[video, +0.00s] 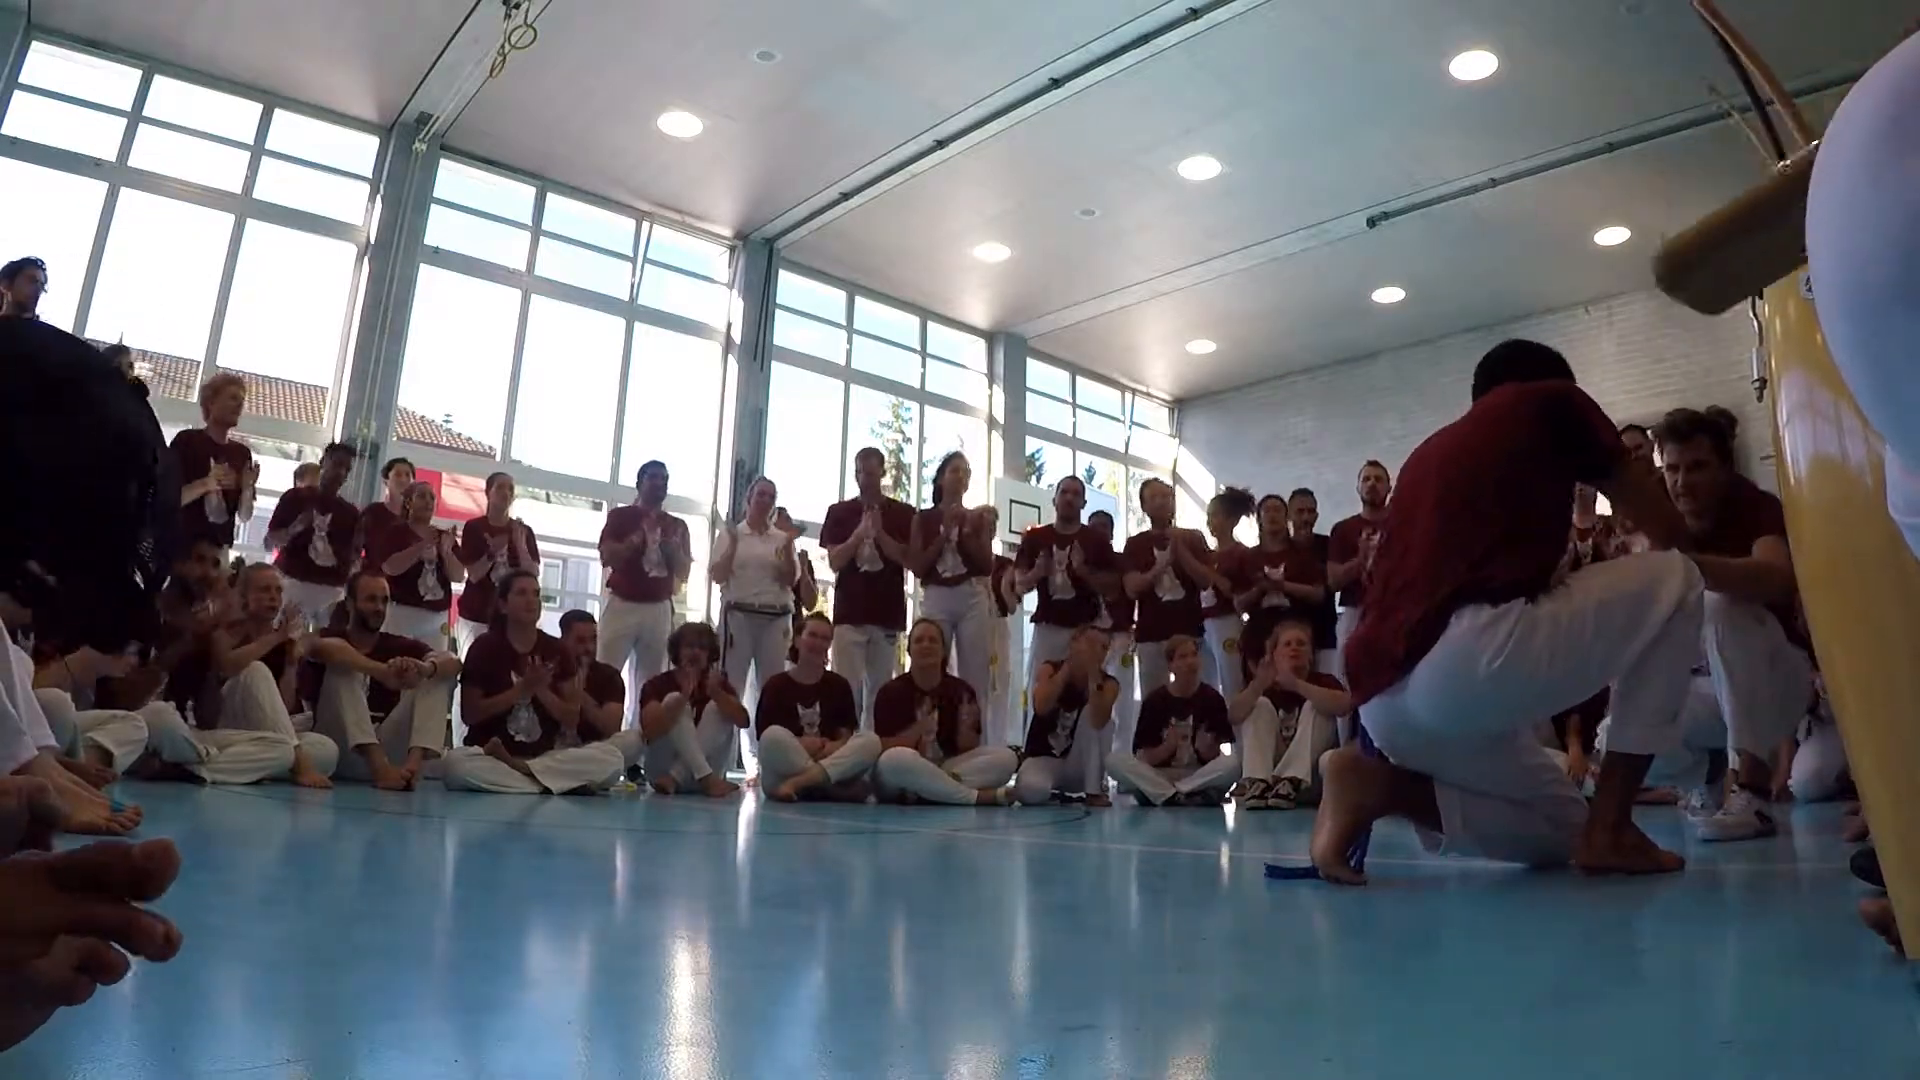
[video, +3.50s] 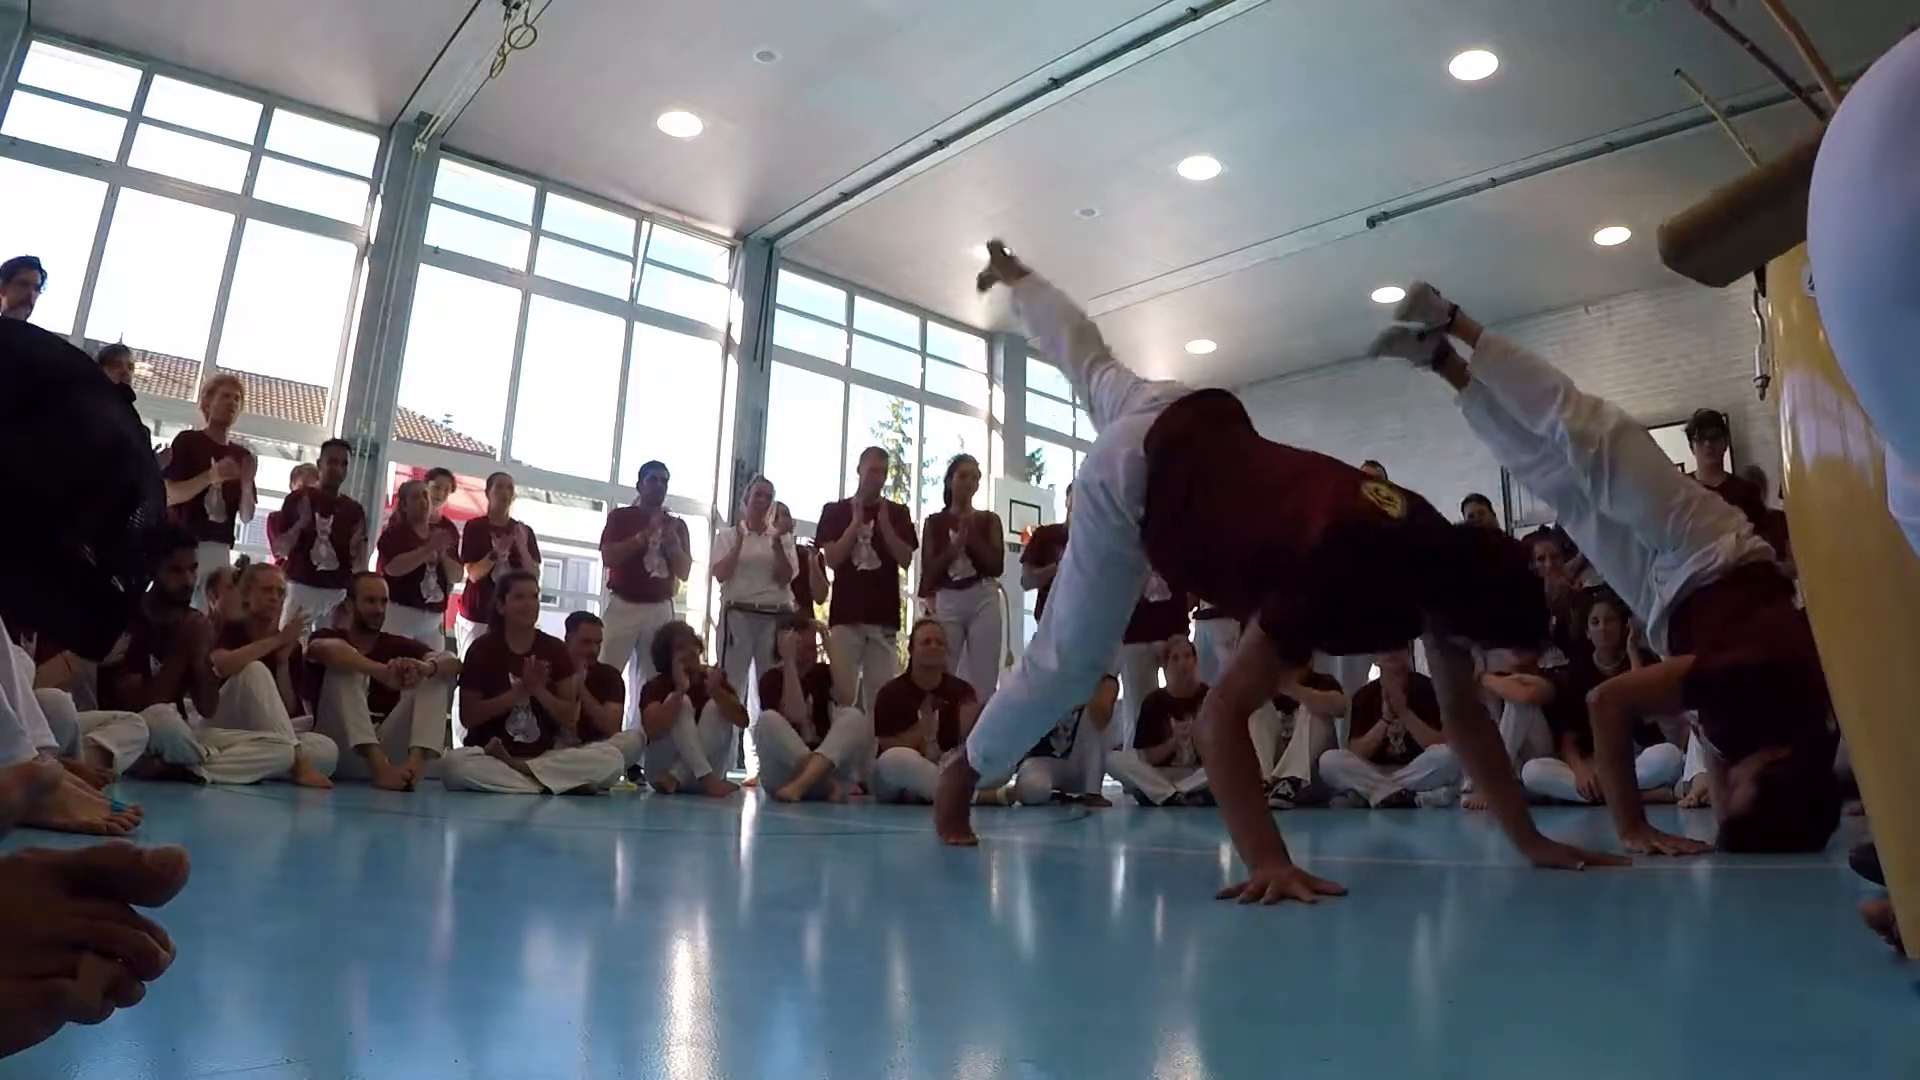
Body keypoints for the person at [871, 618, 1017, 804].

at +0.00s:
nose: (926, 646)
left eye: (933, 641)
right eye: (919, 641)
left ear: (944, 650)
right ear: (909, 650)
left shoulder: (961, 689)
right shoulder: (891, 692)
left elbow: (966, 749)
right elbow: (884, 746)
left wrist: (967, 726)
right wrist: (919, 729)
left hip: (950, 766)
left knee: (1006, 759)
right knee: (894, 760)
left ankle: (928, 792)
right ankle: (975, 798)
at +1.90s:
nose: (933, 647)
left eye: (939, 642)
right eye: (925, 642)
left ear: (946, 650)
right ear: (911, 650)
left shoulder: (961, 691)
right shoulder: (890, 693)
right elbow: (884, 747)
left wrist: (961, 726)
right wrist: (921, 732)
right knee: (892, 757)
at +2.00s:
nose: (933, 647)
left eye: (939, 642)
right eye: (925, 642)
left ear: (945, 650)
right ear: (911, 650)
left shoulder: (962, 691)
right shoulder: (890, 693)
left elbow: (972, 740)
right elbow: (884, 745)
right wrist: (925, 740)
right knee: (891, 757)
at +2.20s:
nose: (933, 647)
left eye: (939, 643)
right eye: (926, 642)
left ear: (947, 651)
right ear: (911, 650)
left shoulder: (962, 691)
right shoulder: (891, 692)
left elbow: (971, 748)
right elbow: (885, 746)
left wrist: (959, 723)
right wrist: (927, 731)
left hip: (951, 776)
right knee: (896, 757)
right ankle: (965, 797)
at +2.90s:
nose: (933, 647)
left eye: (939, 643)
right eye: (925, 642)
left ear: (946, 651)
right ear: (910, 650)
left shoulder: (962, 691)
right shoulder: (891, 693)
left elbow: (971, 747)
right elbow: (887, 744)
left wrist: (954, 731)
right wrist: (925, 739)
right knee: (893, 758)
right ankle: (987, 796)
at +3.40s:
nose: (934, 647)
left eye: (939, 643)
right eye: (926, 642)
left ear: (946, 651)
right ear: (911, 650)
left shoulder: (961, 690)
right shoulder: (892, 693)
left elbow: (970, 748)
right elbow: (893, 750)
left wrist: (962, 725)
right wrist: (927, 731)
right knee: (896, 758)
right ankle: (977, 796)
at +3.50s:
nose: (934, 647)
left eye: (939, 643)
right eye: (926, 643)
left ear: (946, 650)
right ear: (911, 651)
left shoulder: (962, 690)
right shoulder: (891, 693)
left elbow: (971, 743)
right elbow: (889, 748)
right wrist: (922, 729)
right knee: (895, 759)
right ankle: (976, 796)